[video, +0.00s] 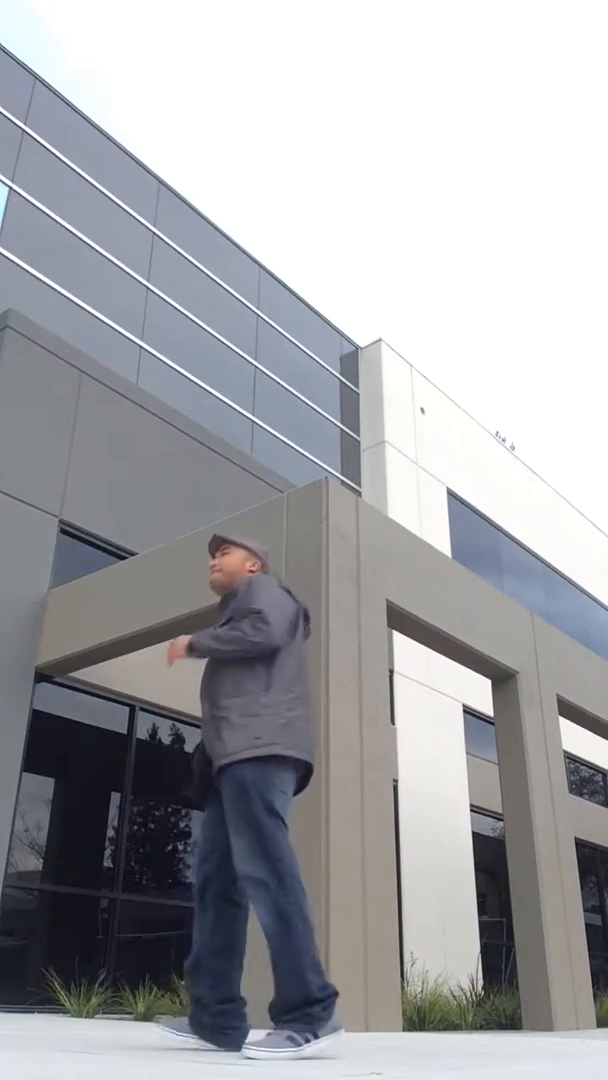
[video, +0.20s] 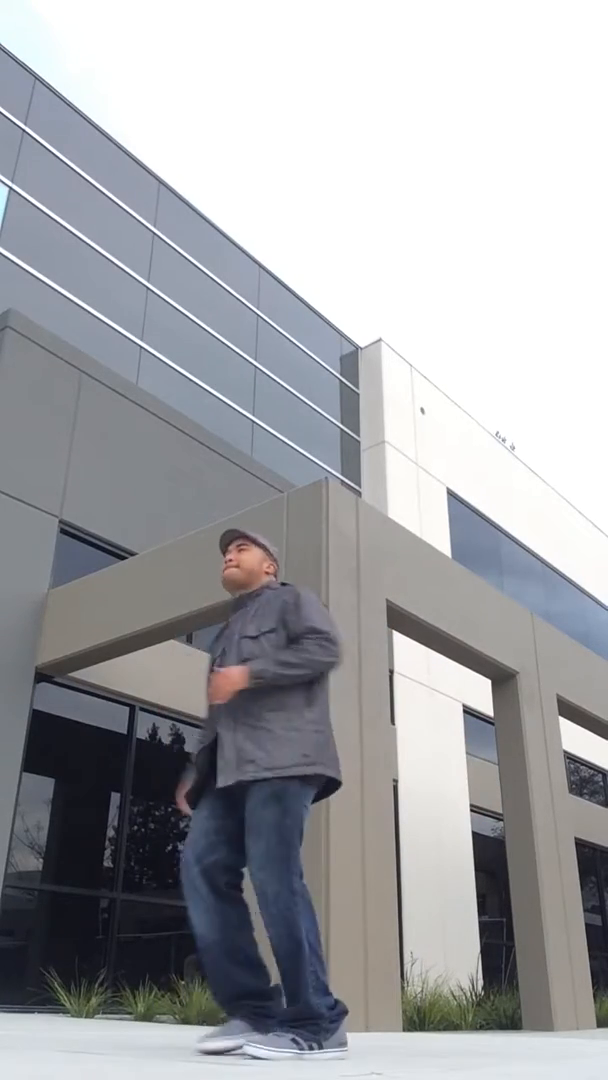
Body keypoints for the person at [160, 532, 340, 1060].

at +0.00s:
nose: (211, 563)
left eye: (221, 554)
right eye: (210, 557)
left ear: (253, 562)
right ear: (227, 570)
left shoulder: (263, 589)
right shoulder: (236, 614)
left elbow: (267, 633)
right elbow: (241, 699)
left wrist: (196, 643)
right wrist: (215, 757)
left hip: (258, 751)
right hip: (230, 758)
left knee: (268, 879)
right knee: (216, 885)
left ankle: (309, 1016)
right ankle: (215, 1021)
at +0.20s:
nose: (229, 556)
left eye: (241, 548)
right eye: (225, 552)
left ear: (270, 565)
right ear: (225, 572)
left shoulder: (291, 597)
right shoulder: (226, 631)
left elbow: (325, 648)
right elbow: (220, 714)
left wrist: (248, 672)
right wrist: (196, 771)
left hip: (281, 759)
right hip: (229, 768)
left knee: (275, 880)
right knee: (203, 867)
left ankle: (316, 1023)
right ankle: (255, 1014)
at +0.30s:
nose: (233, 546)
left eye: (245, 539)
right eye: (227, 544)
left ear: (273, 556)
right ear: (224, 564)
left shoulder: (299, 596)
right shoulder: (209, 629)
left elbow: (356, 641)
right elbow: (196, 700)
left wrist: (299, 663)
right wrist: (175, 720)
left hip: (289, 756)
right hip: (226, 764)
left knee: (291, 881)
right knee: (226, 885)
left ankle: (314, 1023)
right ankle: (260, 1019)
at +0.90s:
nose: (255, 563)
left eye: (264, 559)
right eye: (244, 557)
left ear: (274, 578)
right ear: (226, 574)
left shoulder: (285, 637)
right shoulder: (201, 619)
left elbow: (295, 697)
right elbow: (172, 678)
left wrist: (291, 720)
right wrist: (236, 705)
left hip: (271, 780)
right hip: (211, 773)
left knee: (268, 893)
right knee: (218, 872)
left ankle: (251, 1018)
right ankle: (180, 1010)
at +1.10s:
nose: (250, 569)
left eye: (256, 564)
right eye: (238, 561)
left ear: (259, 582)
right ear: (212, 575)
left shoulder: (252, 641)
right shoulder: (187, 618)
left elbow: (244, 708)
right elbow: (163, 680)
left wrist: (262, 732)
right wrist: (209, 737)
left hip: (238, 780)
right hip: (181, 773)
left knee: (232, 894)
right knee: (179, 891)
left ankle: (207, 1012)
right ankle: (167, 1020)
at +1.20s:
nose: (240, 580)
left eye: (246, 577)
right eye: (229, 573)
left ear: (248, 595)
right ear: (202, 587)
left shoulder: (238, 649)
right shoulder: (173, 629)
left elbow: (230, 717)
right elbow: (143, 700)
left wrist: (250, 736)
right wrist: (163, 758)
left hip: (225, 789)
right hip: (175, 781)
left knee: (220, 899)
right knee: (182, 897)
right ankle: (169, 1022)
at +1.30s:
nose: (230, 582)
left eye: (236, 578)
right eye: (219, 574)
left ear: (239, 597)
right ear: (193, 588)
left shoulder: (232, 651)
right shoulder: (159, 627)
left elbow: (227, 717)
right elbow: (113, 686)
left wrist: (244, 722)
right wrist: (106, 748)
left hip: (205, 786)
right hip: (156, 778)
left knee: (171, 894)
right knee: (174, 889)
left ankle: (99, 1002)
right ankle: (168, 1022)